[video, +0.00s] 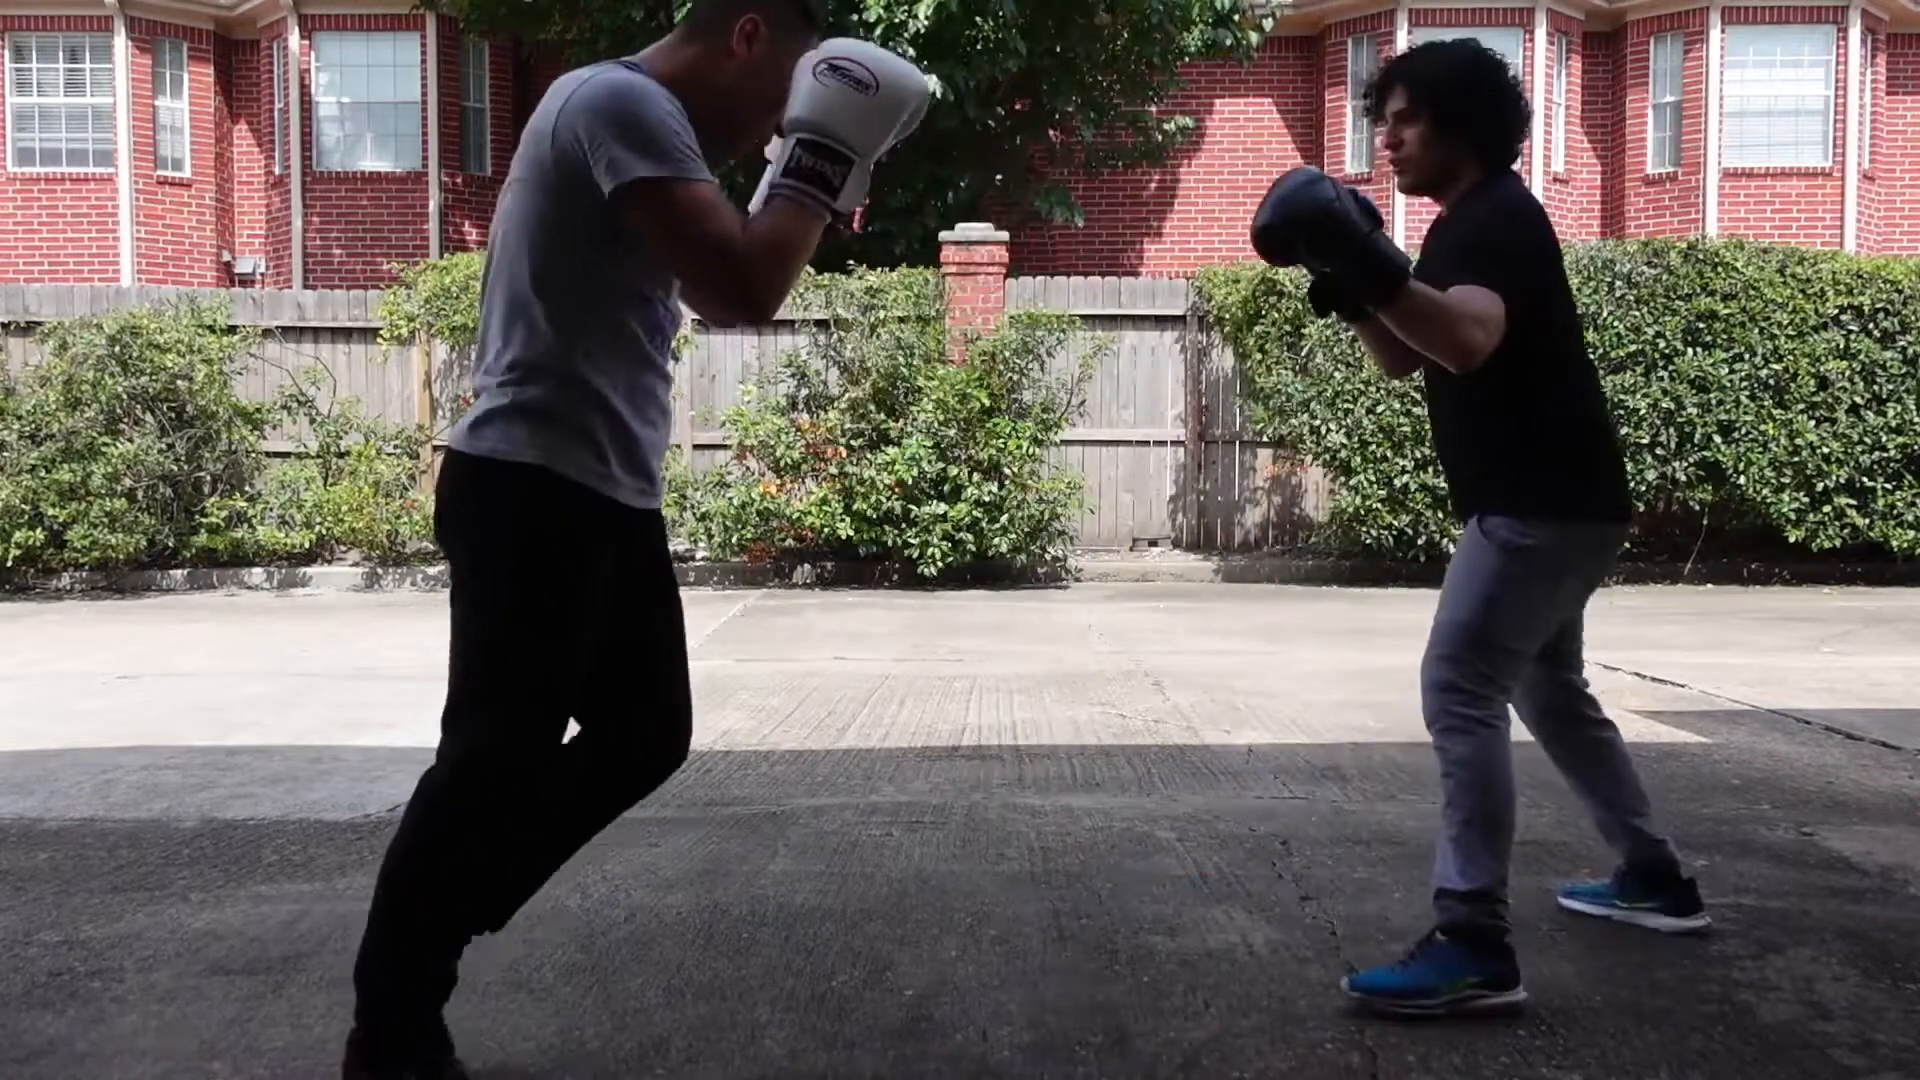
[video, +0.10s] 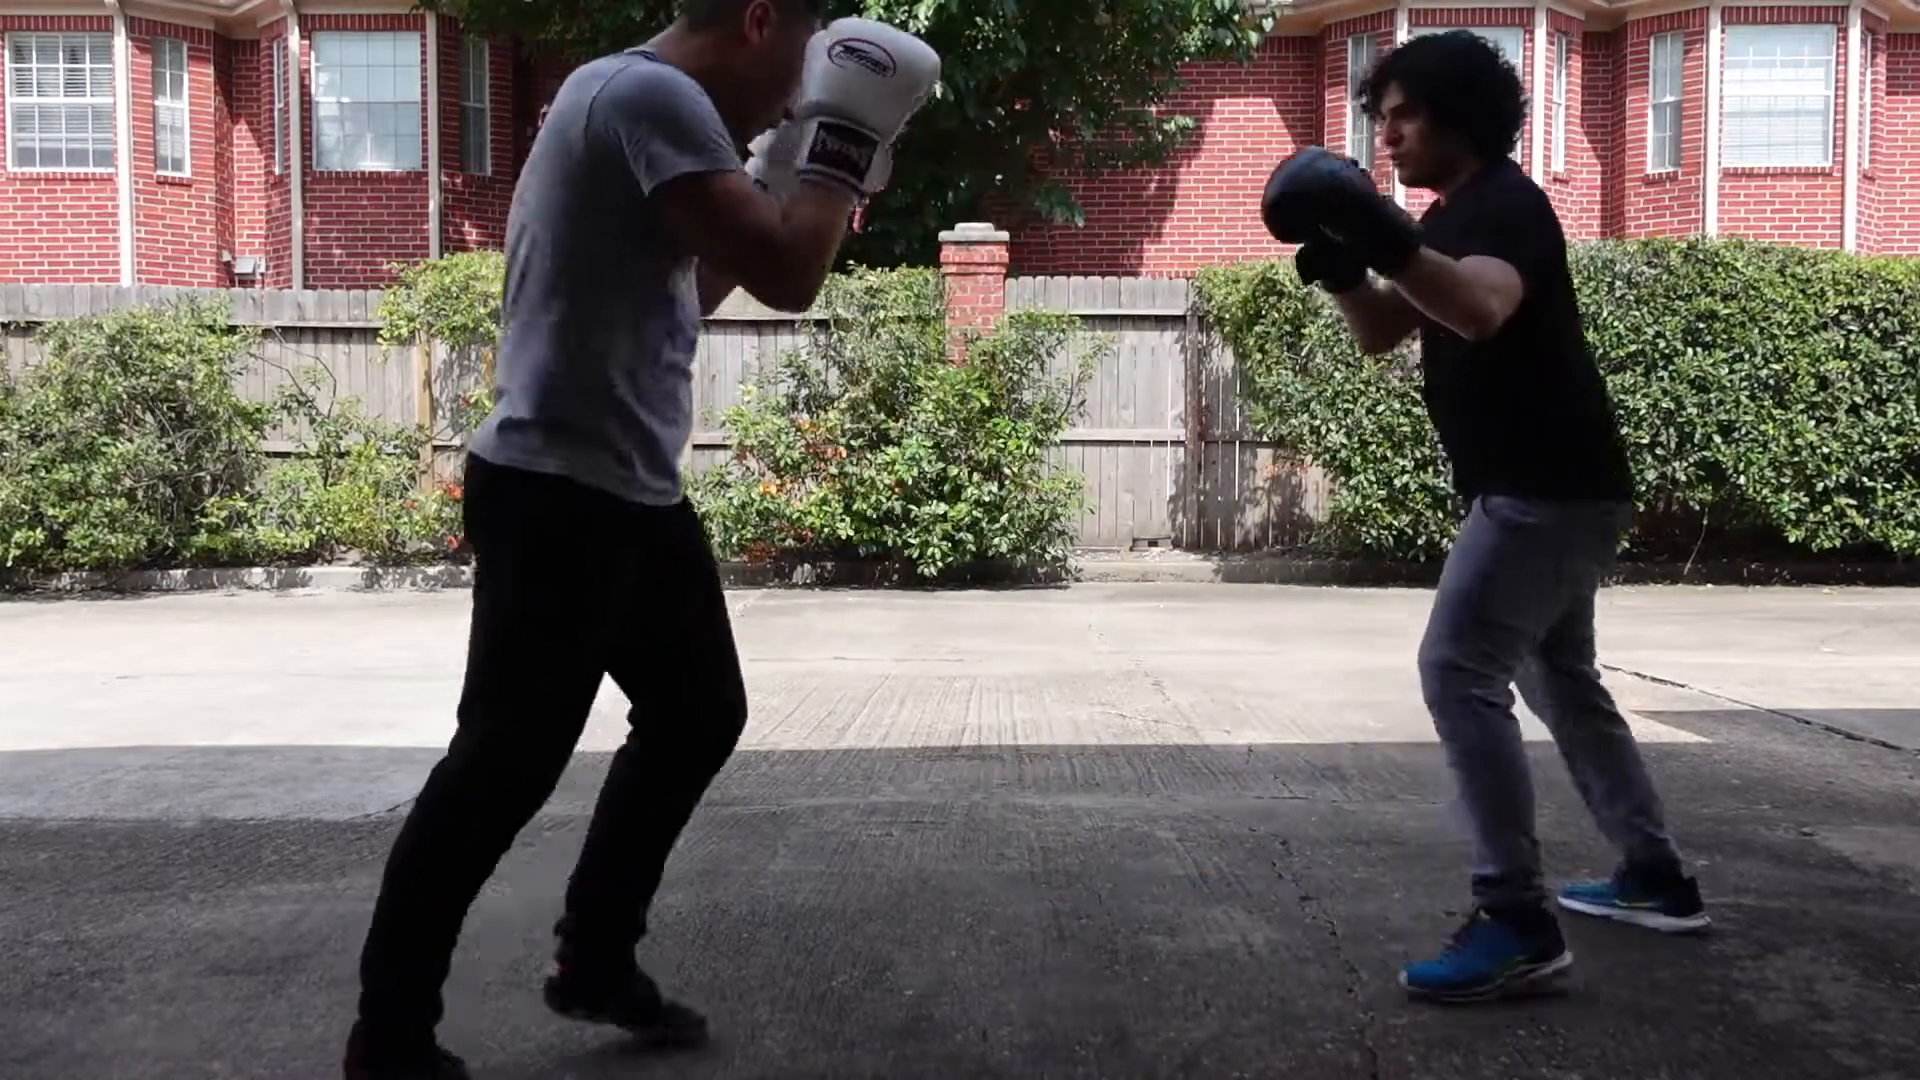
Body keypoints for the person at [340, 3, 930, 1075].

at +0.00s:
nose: (784, 99)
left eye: (793, 82)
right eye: (791, 72)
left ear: (724, 35)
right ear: (748, 35)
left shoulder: (646, 127)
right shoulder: (613, 101)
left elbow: (733, 296)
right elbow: (748, 280)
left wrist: (811, 197)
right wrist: (818, 152)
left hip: (604, 495)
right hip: (531, 485)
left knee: (646, 733)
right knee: (493, 754)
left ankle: (437, 928)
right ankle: (391, 1035)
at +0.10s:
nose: (806, 73)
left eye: (815, 54)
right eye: (810, 46)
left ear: (727, 22)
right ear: (757, 20)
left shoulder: (634, 107)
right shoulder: (648, 94)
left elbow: (676, 301)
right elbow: (792, 273)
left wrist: (801, 182)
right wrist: (850, 138)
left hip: (634, 493)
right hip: (555, 491)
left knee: (697, 717)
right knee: (504, 760)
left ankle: (596, 960)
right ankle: (390, 1033)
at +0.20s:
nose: (817, 79)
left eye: (827, 60)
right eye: (822, 52)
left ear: (738, 24)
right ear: (772, 24)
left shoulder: (630, 106)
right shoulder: (682, 107)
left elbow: (705, 292)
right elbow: (829, 279)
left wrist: (811, 161)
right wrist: (871, 140)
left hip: (653, 503)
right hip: (612, 505)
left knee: (712, 756)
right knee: (523, 774)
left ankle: (772, 983)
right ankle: (391, 1031)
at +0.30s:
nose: (846, 78)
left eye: (853, 60)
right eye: (849, 52)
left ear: (755, 28)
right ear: (803, 28)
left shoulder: (654, 118)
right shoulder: (714, 114)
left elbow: (746, 299)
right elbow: (863, 283)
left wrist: (838, 156)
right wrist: (910, 152)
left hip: (688, 502)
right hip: (676, 509)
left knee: (763, 757)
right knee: (622, 774)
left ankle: (786, 991)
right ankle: (426, 1004)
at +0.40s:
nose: (872, 87)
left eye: (879, 63)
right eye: (876, 56)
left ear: (791, 20)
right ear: (834, 23)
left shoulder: (701, 109)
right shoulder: (730, 100)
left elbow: (824, 281)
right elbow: (854, 274)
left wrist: (898, 193)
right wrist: (936, 181)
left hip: (726, 491)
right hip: (728, 495)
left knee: (775, 750)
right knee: (767, 758)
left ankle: (787, 989)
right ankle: (568, 984)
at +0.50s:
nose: (899, 73)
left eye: (907, 49)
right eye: (905, 41)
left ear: (819, 14)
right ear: (865, 14)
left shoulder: (730, 102)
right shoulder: (750, 94)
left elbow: (855, 265)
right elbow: (869, 265)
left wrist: (934, 174)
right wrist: (947, 159)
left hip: (742, 475)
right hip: (769, 480)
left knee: (773, 741)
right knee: (862, 746)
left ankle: (787, 986)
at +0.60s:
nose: (938, 60)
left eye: (944, 40)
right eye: (939, 33)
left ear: (842, 15)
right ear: (898, 14)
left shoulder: (760, 99)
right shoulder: (801, 100)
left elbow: (876, 271)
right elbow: (947, 263)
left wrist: (938, 157)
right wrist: (986, 136)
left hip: (773, 480)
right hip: (813, 485)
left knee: (855, 739)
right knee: (892, 761)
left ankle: (805, 961)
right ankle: (840, 1046)